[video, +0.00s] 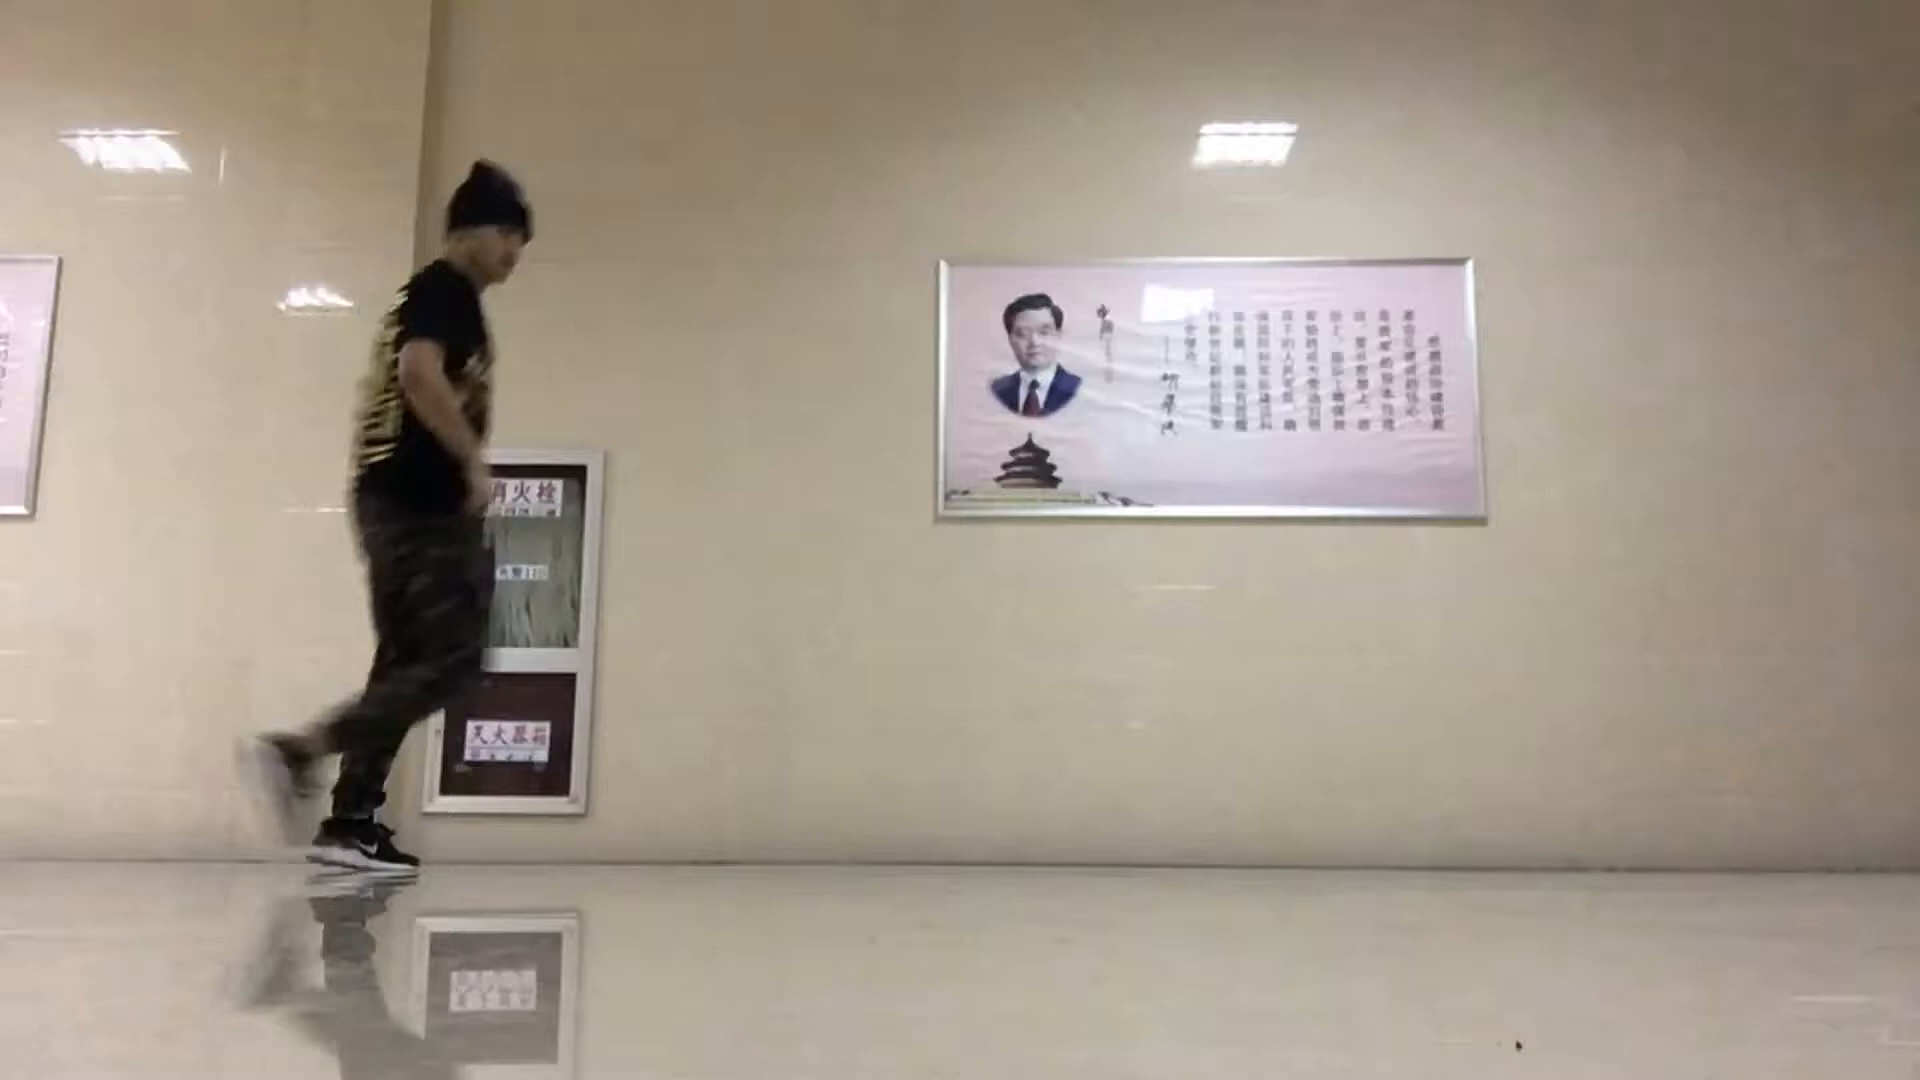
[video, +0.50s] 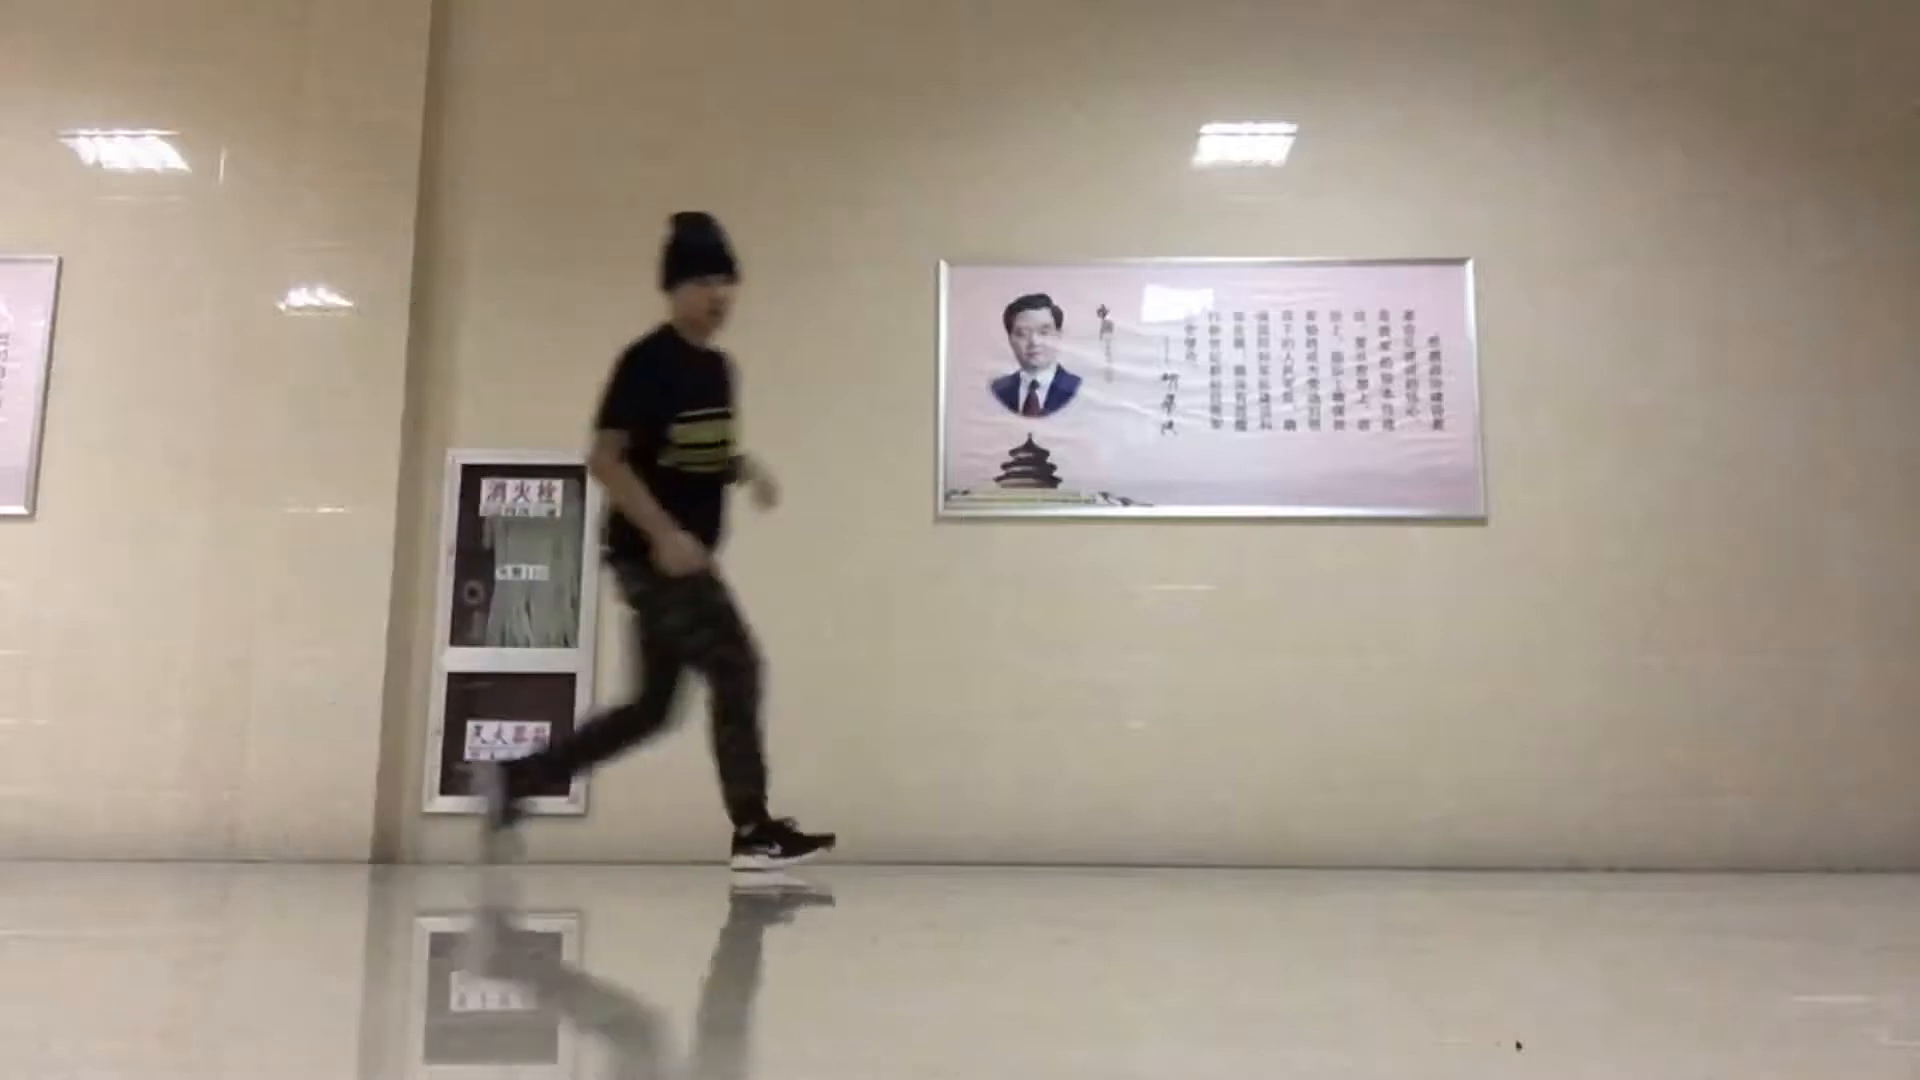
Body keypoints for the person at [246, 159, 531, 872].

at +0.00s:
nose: (517, 255)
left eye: (521, 242)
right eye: (513, 238)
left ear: (468, 231)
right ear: (478, 230)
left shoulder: (435, 292)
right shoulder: (446, 287)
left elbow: (410, 390)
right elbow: (418, 373)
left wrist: (457, 467)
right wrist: (473, 460)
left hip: (396, 495)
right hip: (419, 499)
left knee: (406, 656)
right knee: (452, 659)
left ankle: (353, 821)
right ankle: (301, 750)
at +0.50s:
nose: (717, 296)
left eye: (725, 282)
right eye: (702, 283)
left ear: (735, 288)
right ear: (672, 287)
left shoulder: (718, 368)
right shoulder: (646, 361)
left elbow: (706, 446)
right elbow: (606, 460)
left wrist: (745, 473)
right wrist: (664, 532)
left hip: (682, 553)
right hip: (651, 554)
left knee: (653, 707)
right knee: (735, 668)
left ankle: (521, 778)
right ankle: (752, 826)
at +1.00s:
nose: (907, 275)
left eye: (916, 262)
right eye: (892, 263)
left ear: (931, 267)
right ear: (867, 270)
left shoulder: (962, 346)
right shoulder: (835, 355)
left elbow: (1007, 426)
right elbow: (813, 444)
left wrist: (1052, 478)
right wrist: (854, 467)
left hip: (946, 529)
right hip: (872, 535)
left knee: (953, 670)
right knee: (883, 672)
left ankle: (958, 810)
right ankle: (926, 776)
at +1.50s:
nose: (1068, 334)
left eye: (1079, 321)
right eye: (1056, 323)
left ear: (1099, 326)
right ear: (1042, 333)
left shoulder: (1130, 394)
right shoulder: (1038, 409)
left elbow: (1138, 483)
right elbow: (1030, 500)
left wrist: (1055, 484)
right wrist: (1006, 579)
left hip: (1127, 579)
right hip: (1062, 582)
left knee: (1130, 714)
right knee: (1055, 719)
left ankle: (1196, 686)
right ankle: (1092, 834)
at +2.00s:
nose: (1274, 304)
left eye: (1282, 292)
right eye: (1260, 292)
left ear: (1292, 296)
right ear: (1232, 297)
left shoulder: (1318, 371)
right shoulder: (1197, 384)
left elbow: (1352, 448)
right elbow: (1181, 473)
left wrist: (1360, 519)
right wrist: (1201, 547)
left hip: (1317, 558)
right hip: (1248, 564)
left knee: (1325, 696)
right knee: (1260, 691)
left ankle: (1310, 819)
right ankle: (1251, 804)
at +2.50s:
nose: (1329, 284)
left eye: (1338, 273)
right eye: (1315, 270)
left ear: (1346, 283)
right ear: (1285, 275)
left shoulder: (1333, 361)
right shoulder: (1251, 350)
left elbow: (1326, 457)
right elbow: (1218, 443)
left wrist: (1358, 515)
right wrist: (1255, 524)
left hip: (1327, 536)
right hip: (1280, 535)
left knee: (1329, 671)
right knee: (1332, 666)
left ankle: (1267, 800)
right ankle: (1344, 812)